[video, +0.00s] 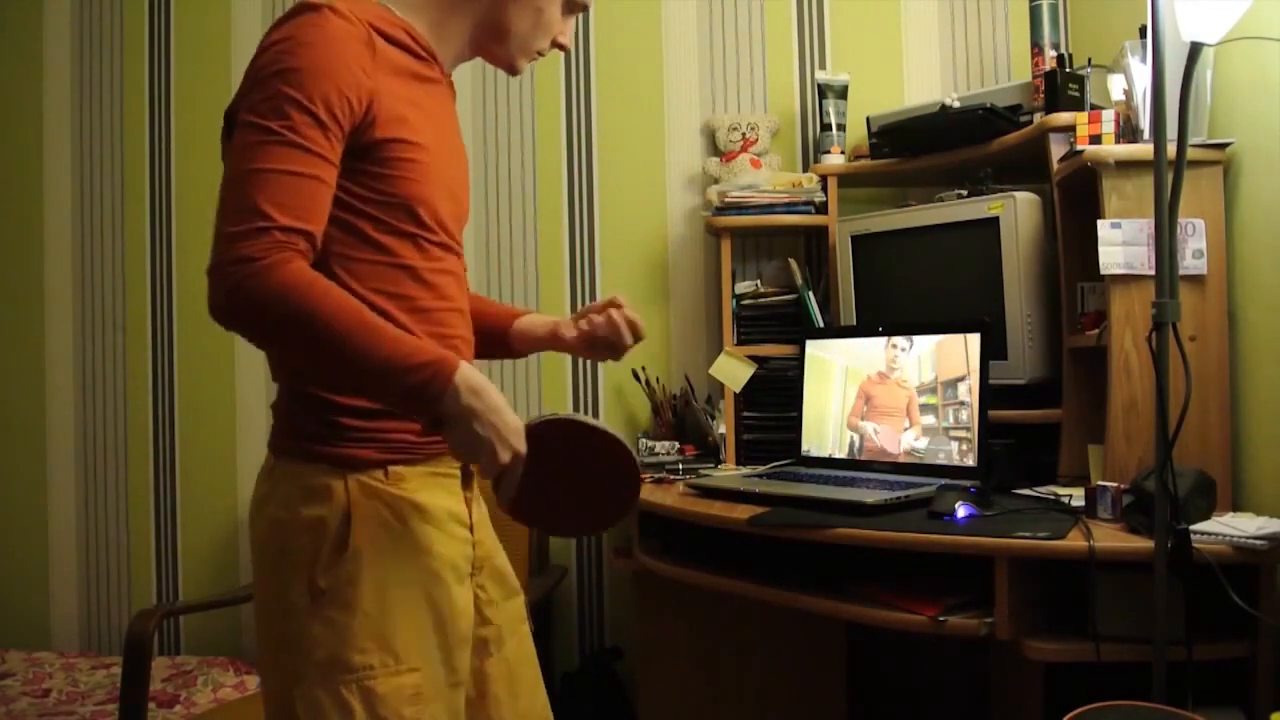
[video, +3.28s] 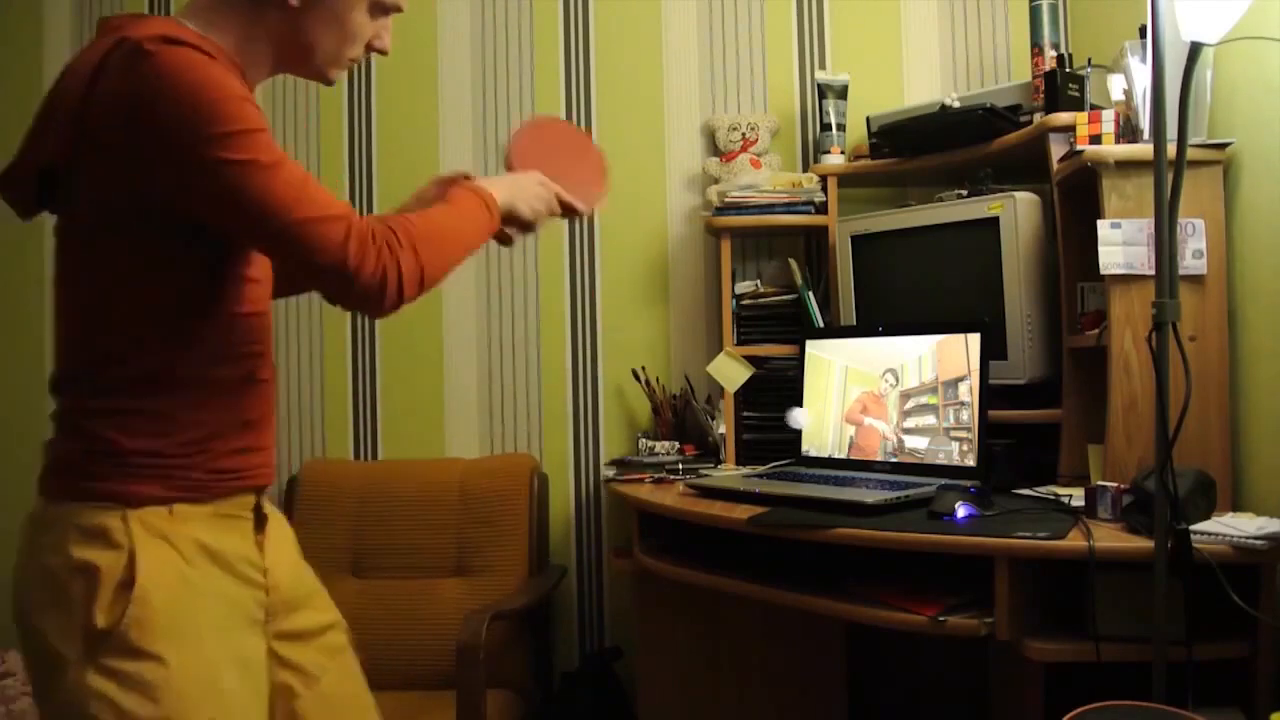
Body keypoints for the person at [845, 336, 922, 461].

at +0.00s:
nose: (896, 354)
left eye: (903, 350)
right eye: (893, 347)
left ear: (908, 355)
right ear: (885, 348)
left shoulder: (909, 389)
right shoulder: (869, 384)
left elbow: (917, 426)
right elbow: (852, 420)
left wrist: (907, 436)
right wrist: (864, 427)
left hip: (897, 456)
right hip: (871, 453)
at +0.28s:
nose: (884, 363)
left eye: (890, 360)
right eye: (882, 357)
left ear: (895, 364)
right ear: (875, 358)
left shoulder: (894, 394)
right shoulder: (859, 390)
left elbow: (900, 427)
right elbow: (845, 425)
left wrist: (896, 437)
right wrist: (859, 431)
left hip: (886, 455)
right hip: (862, 454)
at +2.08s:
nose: (881, 380)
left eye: (885, 378)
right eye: (879, 374)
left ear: (888, 381)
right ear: (873, 372)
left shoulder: (882, 403)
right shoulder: (858, 396)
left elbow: (882, 431)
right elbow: (843, 426)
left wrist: (892, 443)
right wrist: (861, 442)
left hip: (876, 457)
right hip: (857, 456)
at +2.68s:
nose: (881, 382)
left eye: (886, 380)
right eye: (880, 376)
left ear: (888, 383)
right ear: (874, 374)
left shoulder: (883, 404)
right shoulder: (858, 396)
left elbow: (882, 429)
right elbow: (842, 420)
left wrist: (884, 437)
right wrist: (860, 427)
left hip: (874, 454)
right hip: (857, 453)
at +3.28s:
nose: (886, 387)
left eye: (891, 385)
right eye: (886, 381)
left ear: (893, 388)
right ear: (880, 378)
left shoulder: (884, 404)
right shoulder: (865, 397)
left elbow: (883, 426)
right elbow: (849, 416)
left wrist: (889, 434)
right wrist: (872, 422)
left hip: (874, 454)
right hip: (859, 453)